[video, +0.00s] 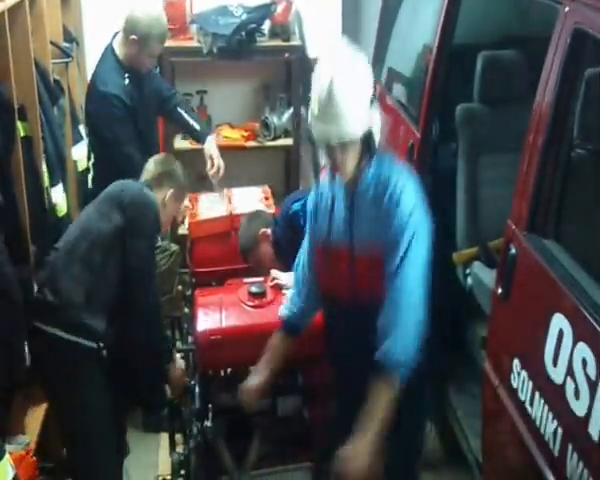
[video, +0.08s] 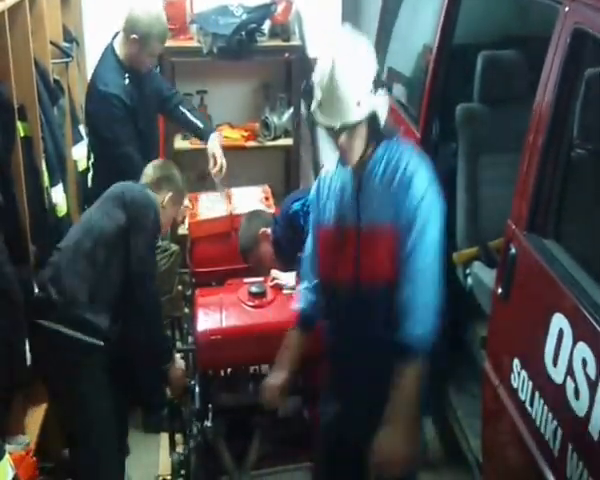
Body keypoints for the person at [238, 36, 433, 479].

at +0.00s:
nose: (334, 152)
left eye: (343, 139)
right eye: (326, 139)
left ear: (367, 130)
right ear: (317, 135)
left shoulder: (399, 191)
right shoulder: (325, 190)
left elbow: (406, 312)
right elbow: (304, 290)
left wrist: (367, 433)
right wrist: (264, 368)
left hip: (395, 348)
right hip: (345, 351)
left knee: (394, 464)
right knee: (339, 455)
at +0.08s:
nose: (340, 141)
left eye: (348, 128)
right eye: (331, 129)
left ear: (373, 115)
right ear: (320, 124)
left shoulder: (410, 174)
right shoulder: (327, 183)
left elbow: (422, 292)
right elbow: (310, 284)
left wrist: (402, 415)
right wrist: (283, 367)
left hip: (398, 352)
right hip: (341, 355)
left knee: (388, 462)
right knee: (336, 457)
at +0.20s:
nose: (362, 159)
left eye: (370, 142)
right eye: (350, 145)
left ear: (389, 113)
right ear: (333, 125)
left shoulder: (425, 175)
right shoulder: (333, 180)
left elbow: (449, 299)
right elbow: (329, 285)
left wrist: (449, 423)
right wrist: (317, 373)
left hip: (400, 373)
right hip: (337, 370)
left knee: (387, 467)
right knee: (320, 463)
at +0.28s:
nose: (350, 154)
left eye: (363, 141)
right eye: (342, 141)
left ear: (389, 141)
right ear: (335, 144)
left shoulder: (425, 212)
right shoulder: (339, 203)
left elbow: (454, 320)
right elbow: (333, 291)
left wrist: (458, 451)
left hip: (393, 398)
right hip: (330, 386)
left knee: (384, 471)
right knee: (310, 468)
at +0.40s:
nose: (337, 178)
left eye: (348, 170)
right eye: (334, 168)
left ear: (381, 159)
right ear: (334, 164)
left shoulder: (426, 214)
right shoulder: (340, 207)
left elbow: (449, 346)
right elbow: (334, 297)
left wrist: (439, 460)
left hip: (391, 400)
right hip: (332, 391)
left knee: (378, 472)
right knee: (318, 472)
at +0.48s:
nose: (346, 177)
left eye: (353, 166)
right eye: (341, 167)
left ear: (378, 145)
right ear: (332, 150)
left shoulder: (426, 198)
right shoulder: (344, 190)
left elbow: (444, 320)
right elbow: (332, 294)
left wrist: (418, 431)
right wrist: (309, 378)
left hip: (396, 383)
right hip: (338, 376)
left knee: (385, 468)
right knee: (325, 467)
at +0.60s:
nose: (324, 143)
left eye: (329, 130)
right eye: (319, 131)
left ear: (358, 119)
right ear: (319, 125)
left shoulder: (415, 177)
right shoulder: (344, 170)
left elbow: (424, 318)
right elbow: (326, 275)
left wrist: (365, 410)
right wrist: (285, 350)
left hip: (402, 359)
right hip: (353, 352)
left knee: (386, 468)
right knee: (332, 457)